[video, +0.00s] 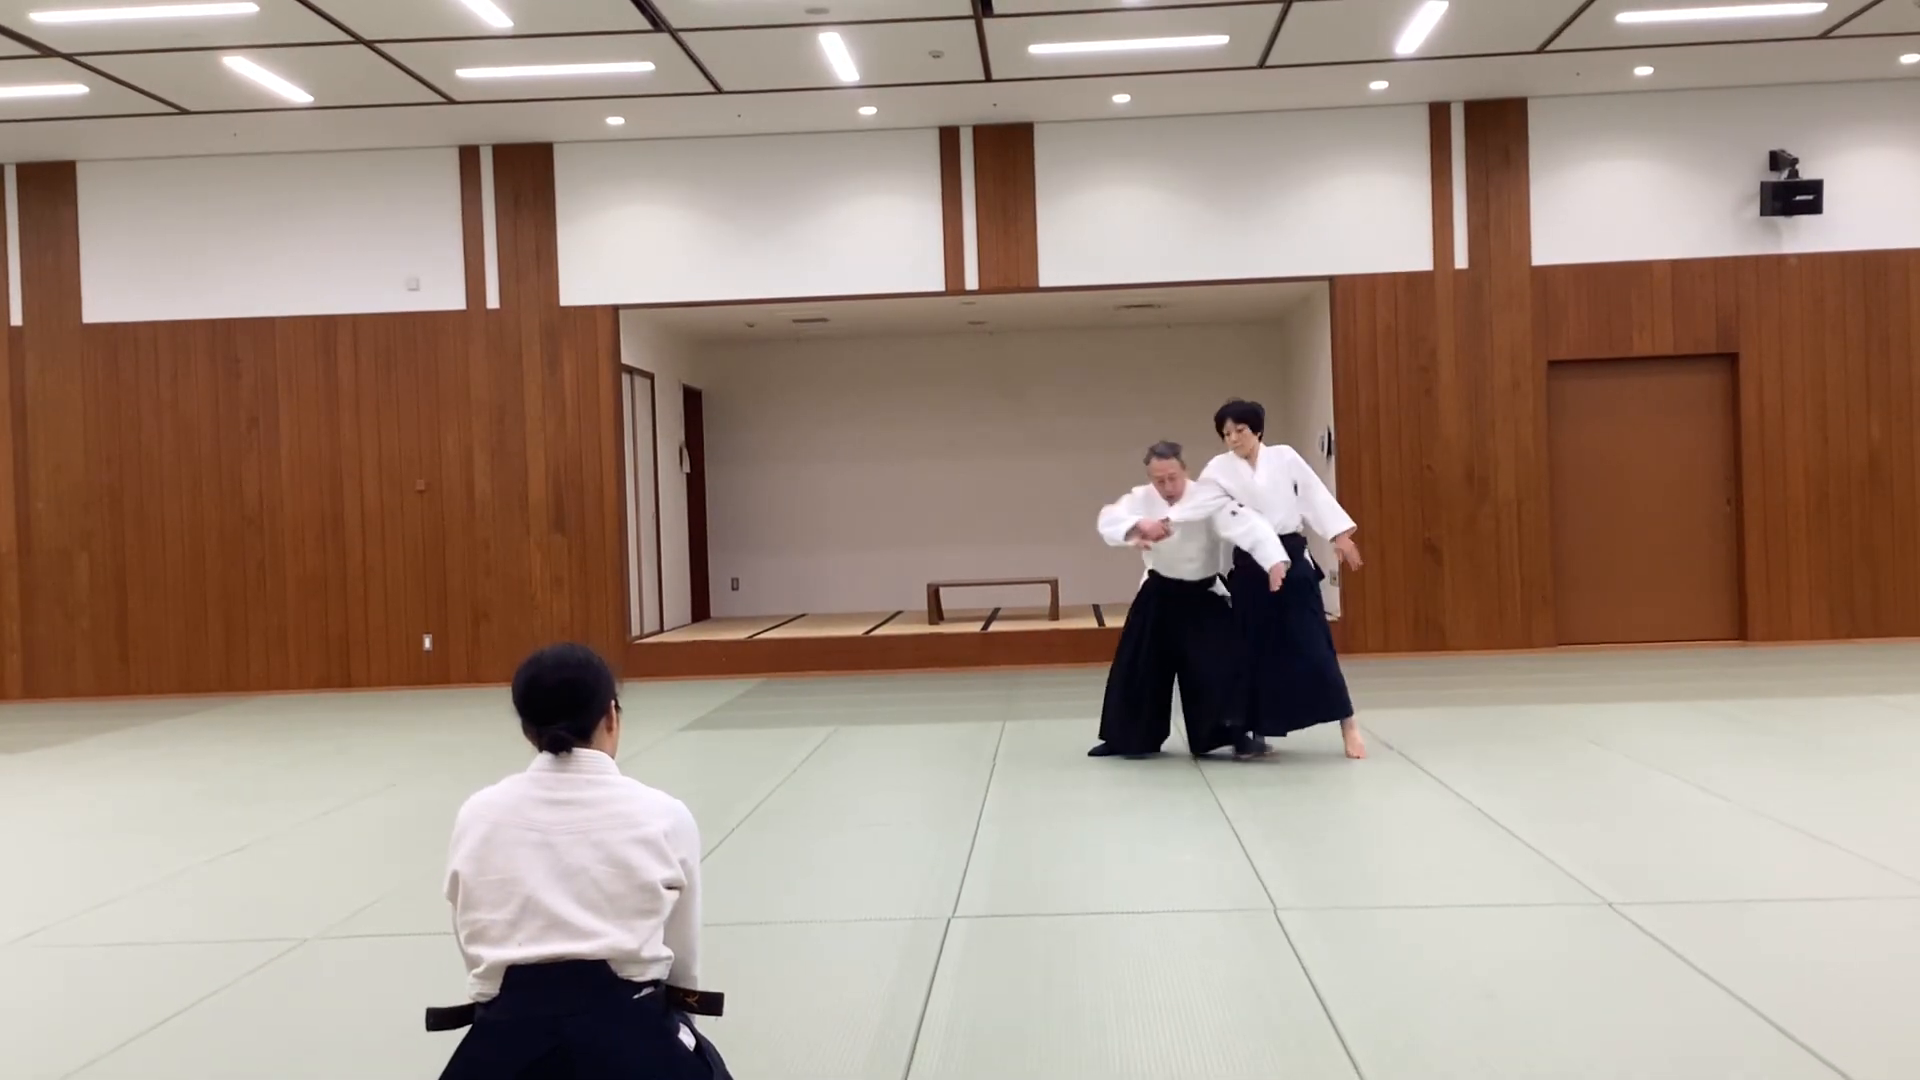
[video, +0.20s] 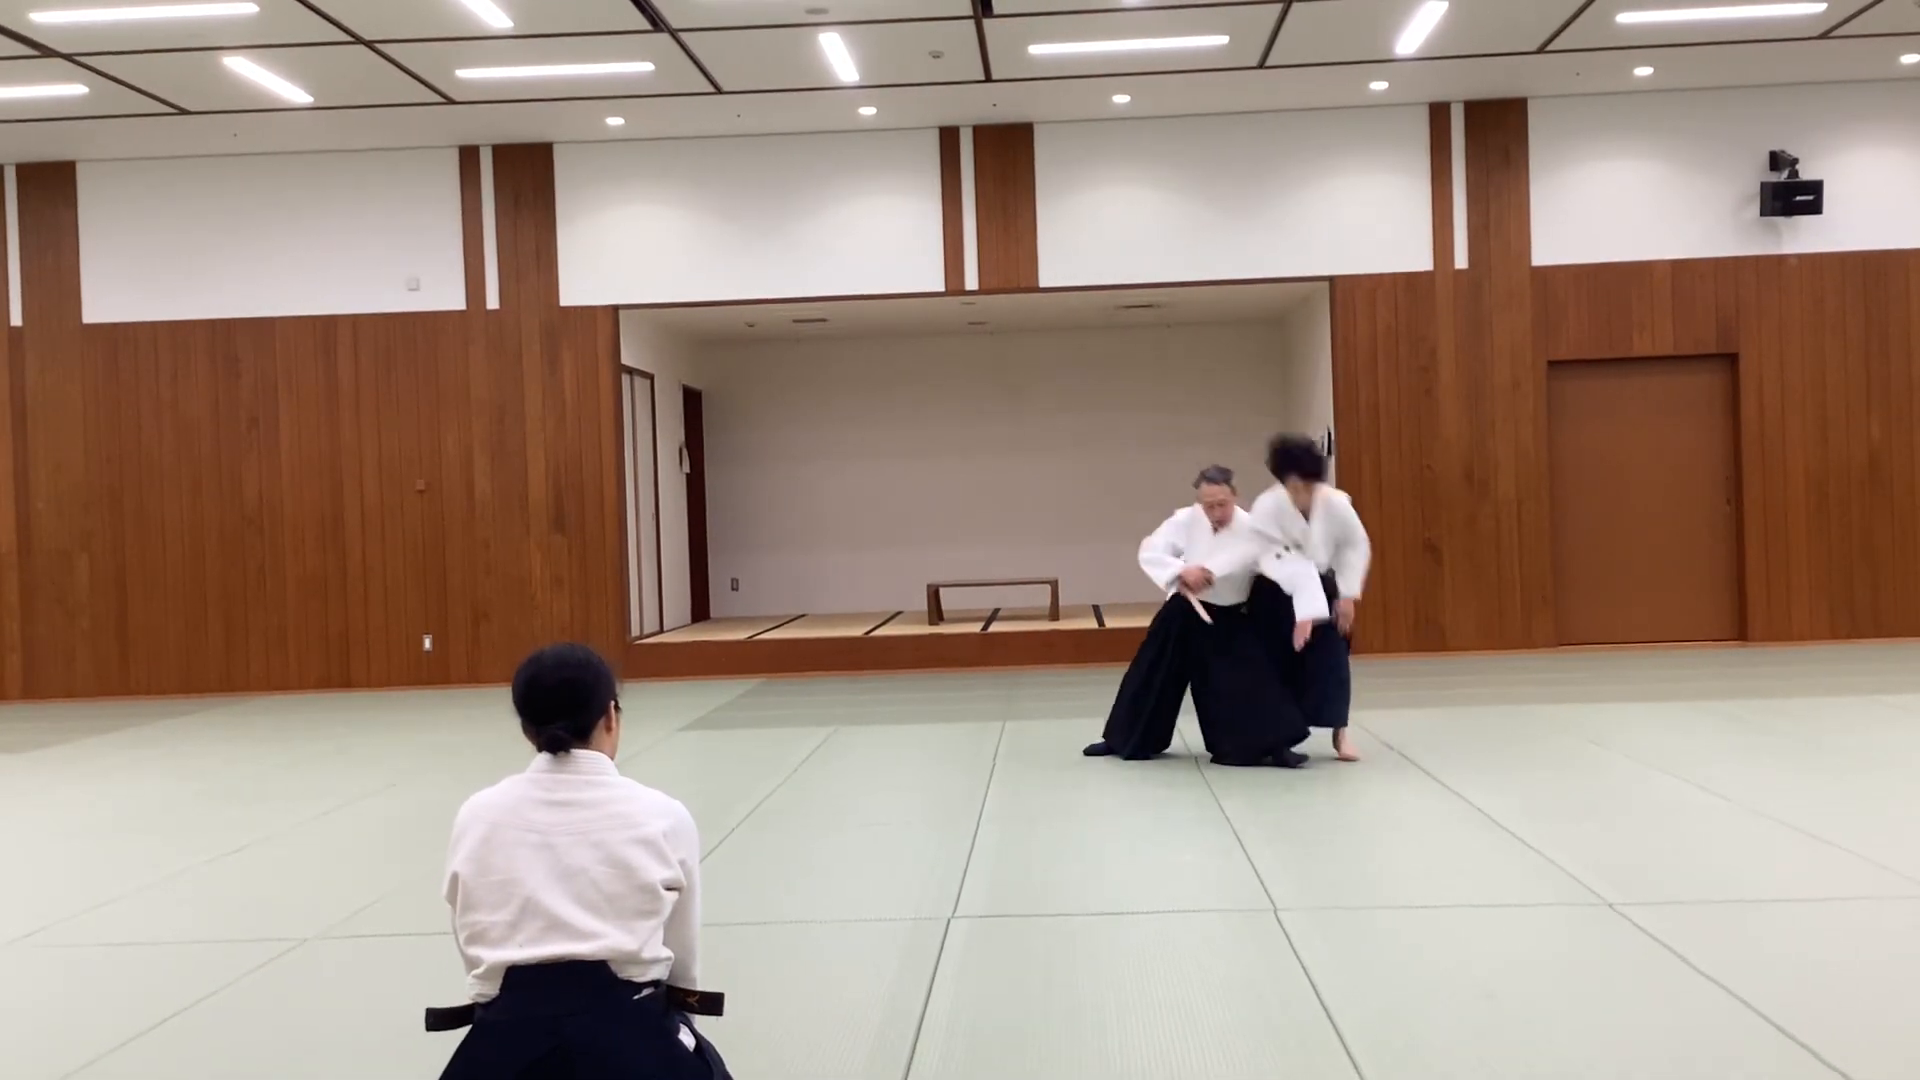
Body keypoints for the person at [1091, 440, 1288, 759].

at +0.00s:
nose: (1167, 486)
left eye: (1172, 478)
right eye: (1159, 480)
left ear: (1185, 472)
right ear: (1150, 478)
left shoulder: (1207, 497)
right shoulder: (1141, 499)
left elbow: (1247, 523)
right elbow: (1107, 519)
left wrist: (1275, 559)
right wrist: (1136, 529)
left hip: (1205, 594)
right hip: (1159, 593)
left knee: (1223, 662)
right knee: (1138, 663)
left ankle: (1237, 733)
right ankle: (1131, 737)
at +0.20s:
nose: (1216, 512)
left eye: (1222, 504)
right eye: (1209, 506)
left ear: (1234, 498)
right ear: (1199, 502)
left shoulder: (1252, 531)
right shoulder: (1185, 521)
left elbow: (1298, 568)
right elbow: (1149, 552)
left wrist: (1306, 616)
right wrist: (1181, 571)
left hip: (1232, 618)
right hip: (1184, 614)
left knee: (1254, 681)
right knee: (1149, 673)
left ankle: (1273, 747)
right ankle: (1122, 739)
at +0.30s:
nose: (1251, 520)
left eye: (1258, 514)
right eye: (1245, 512)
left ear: (1271, 510)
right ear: (1235, 505)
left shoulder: (1281, 546)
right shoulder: (1213, 526)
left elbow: (1299, 600)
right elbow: (1179, 566)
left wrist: (1306, 653)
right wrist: (1213, 592)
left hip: (1255, 622)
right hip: (1200, 615)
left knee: (1274, 678)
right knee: (1160, 669)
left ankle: (1275, 748)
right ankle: (1127, 735)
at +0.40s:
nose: (1283, 520)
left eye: (1290, 514)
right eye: (1277, 511)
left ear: (1296, 513)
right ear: (1261, 503)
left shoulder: (1296, 547)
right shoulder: (1226, 531)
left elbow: (1295, 601)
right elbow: (1207, 576)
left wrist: (1284, 652)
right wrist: (1250, 595)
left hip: (1252, 617)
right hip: (1206, 606)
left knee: (1264, 677)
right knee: (1168, 663)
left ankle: (1264, 746)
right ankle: (1134, 726)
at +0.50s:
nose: (1299, 514)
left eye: (1305, 508)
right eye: (1295, 505)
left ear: (1308, 508)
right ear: (1274, 498)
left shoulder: (1294, 543)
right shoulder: (1244, 525)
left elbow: (1287, 590)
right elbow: (1248, 571)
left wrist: (1272, 631)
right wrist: (1293, 594)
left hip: (1246, 615)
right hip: (1207, 608)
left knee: (1267, 678)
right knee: (1187, 678)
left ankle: (1265, 748)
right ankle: (1162, 742)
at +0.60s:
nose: (1296, 503)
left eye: (1301, 497)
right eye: (1291, 493)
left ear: (1302, 500)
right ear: (1268, 489)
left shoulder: (1283, 532)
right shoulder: (1242, 516)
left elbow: (1284, 579)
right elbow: (1268, 552)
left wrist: (1278, 613)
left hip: (1246, 612)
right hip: (1205, 607)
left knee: (1277, 673)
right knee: (1196, 681)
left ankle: (1266, 749)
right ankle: (1178, 745)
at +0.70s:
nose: (1279, 491)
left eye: (1283, 484)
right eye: (1275, 481)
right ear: (1251, 477)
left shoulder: (1266, 519)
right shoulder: (1230, 506)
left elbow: (1271, 566)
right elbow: (1279, 532)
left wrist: (1276, 606)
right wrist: (1318, 507)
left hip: (1239, 605)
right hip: (1200, 602)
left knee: (1270, 671)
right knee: (1187, 673)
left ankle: (1263, 747)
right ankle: (1159, 719)